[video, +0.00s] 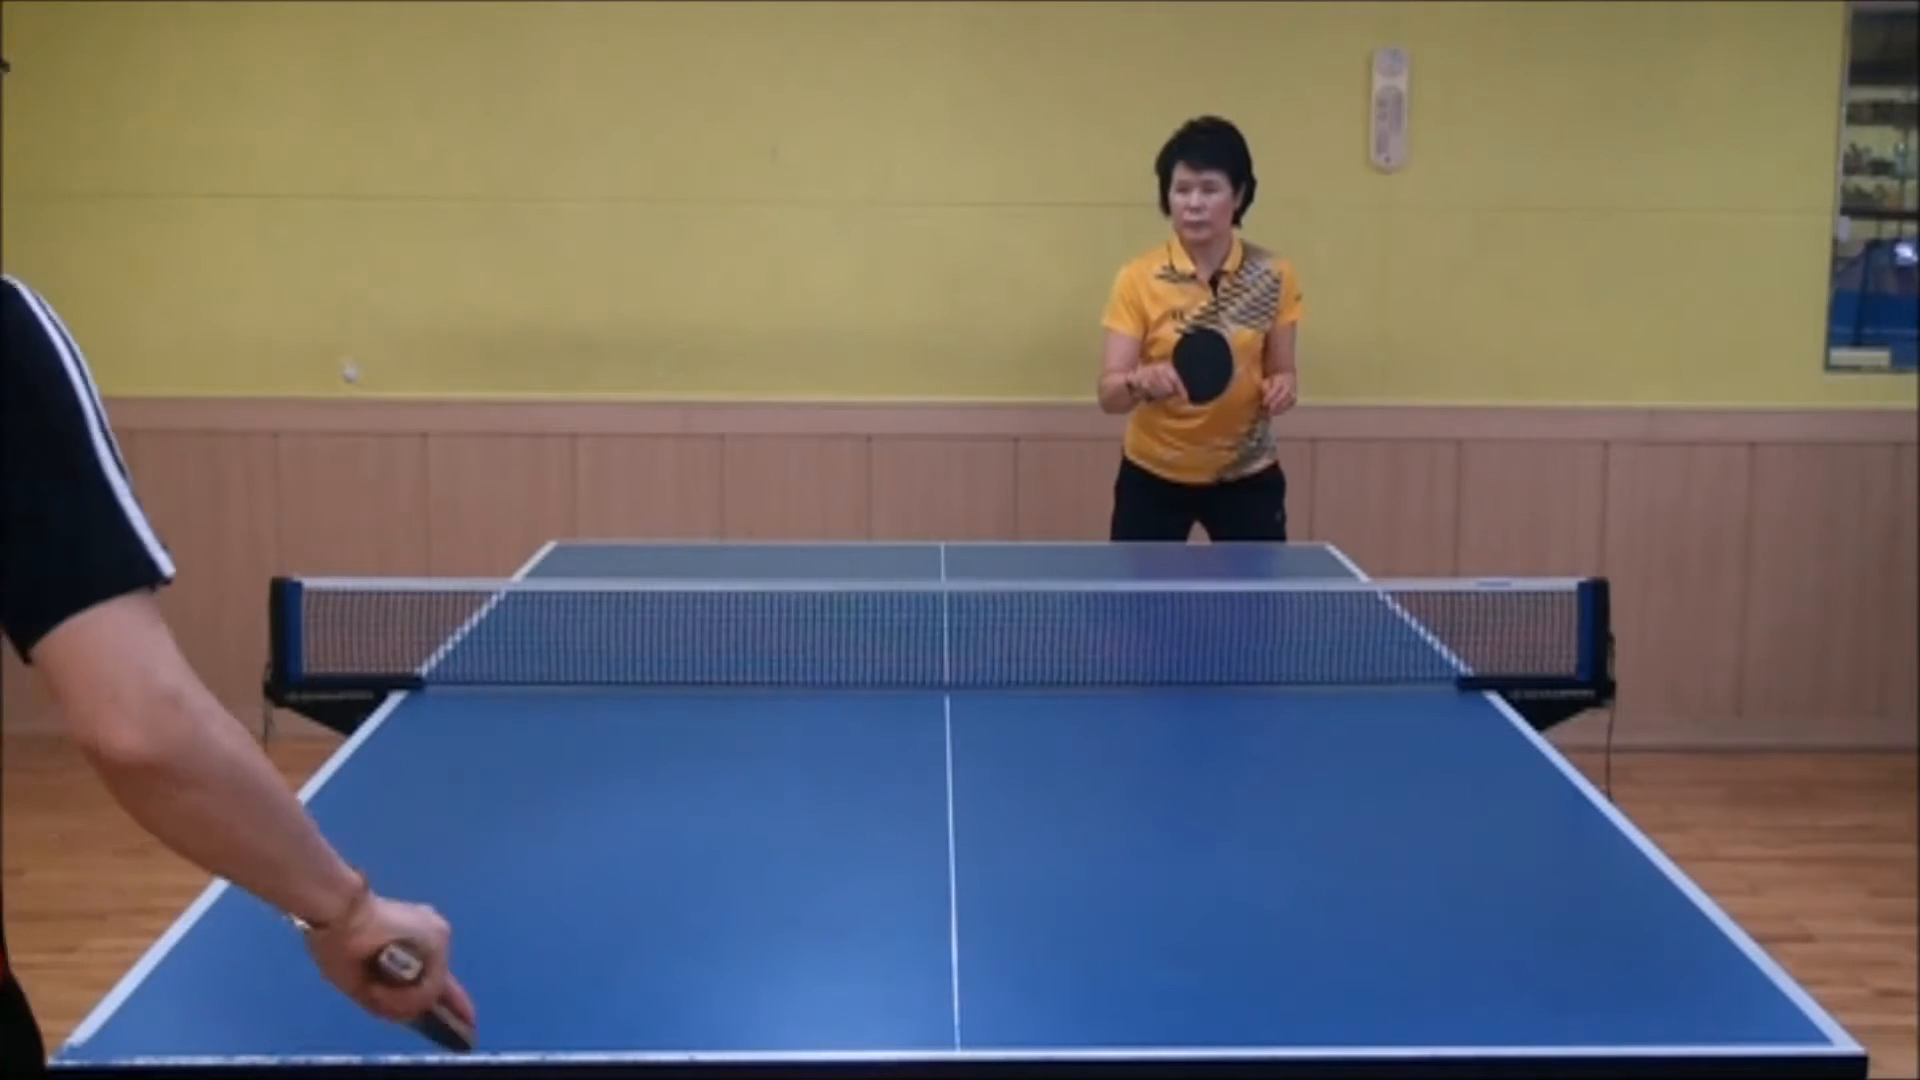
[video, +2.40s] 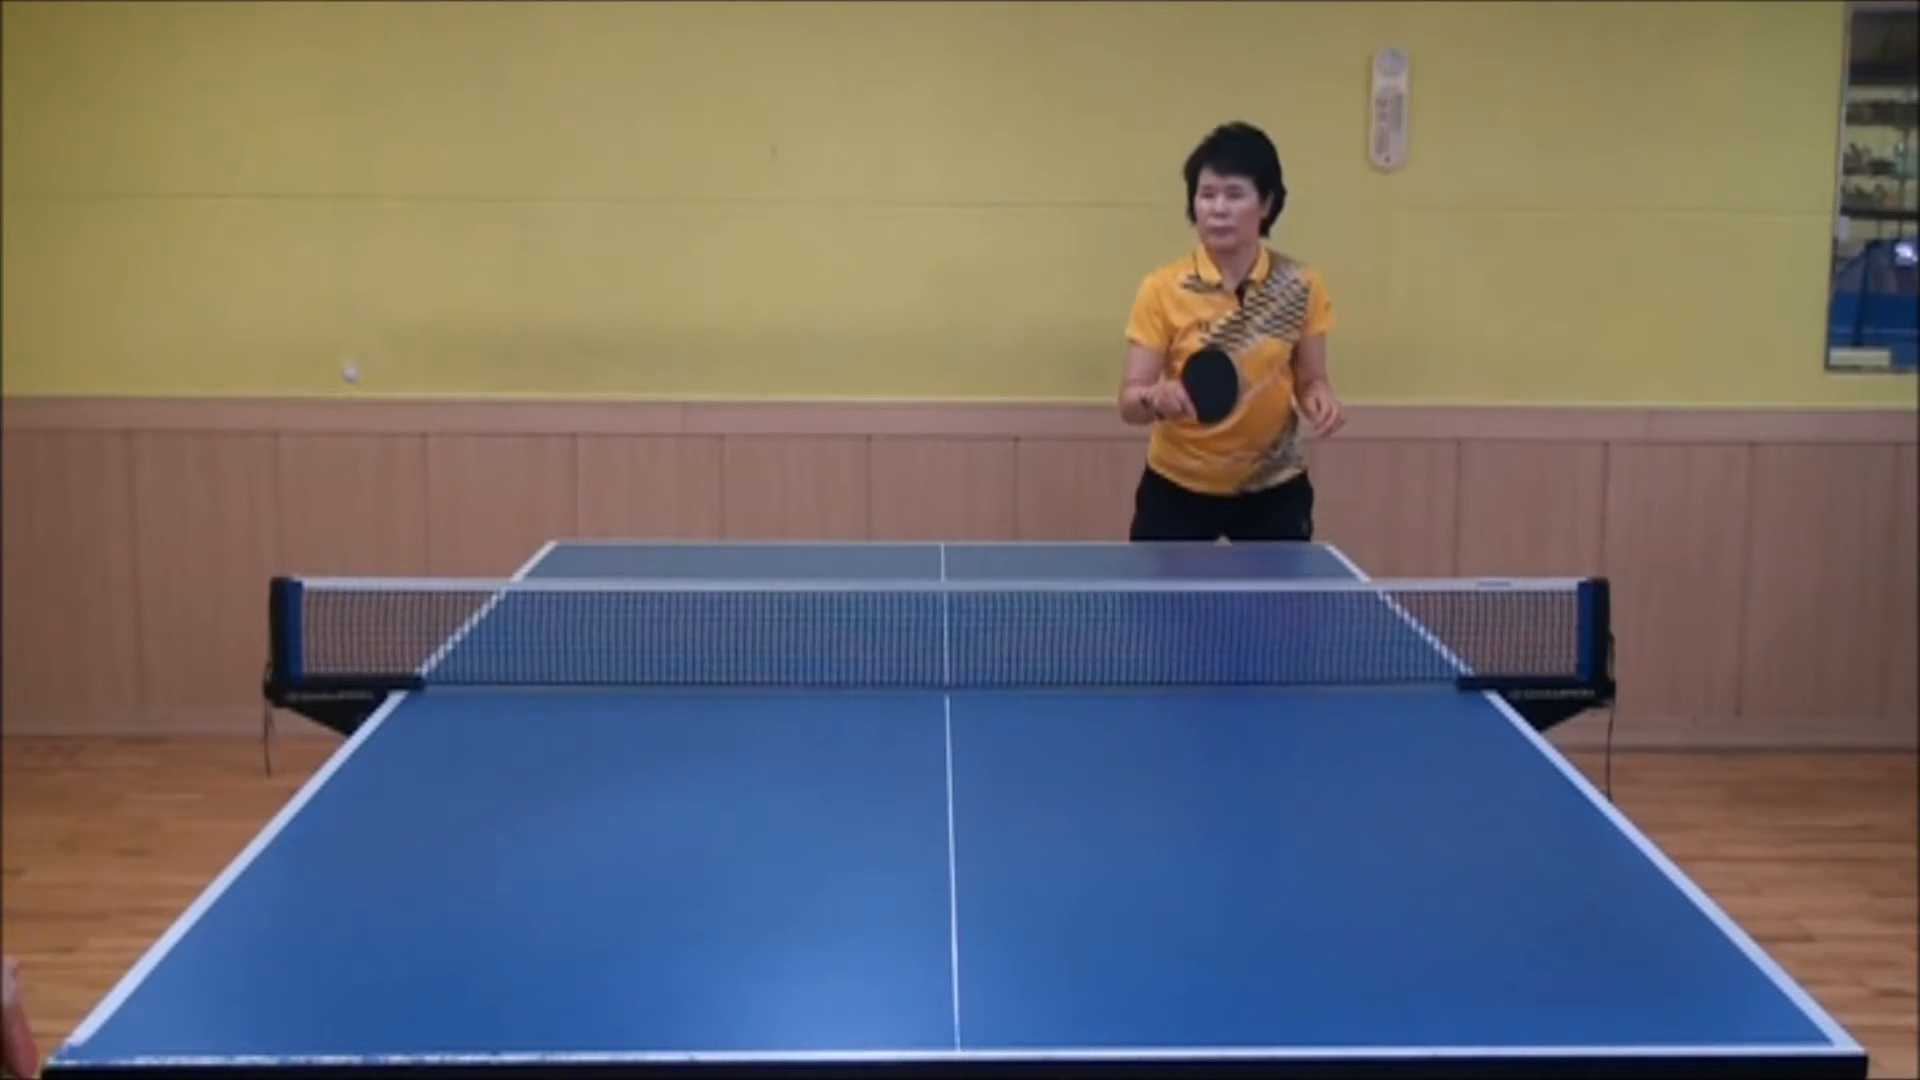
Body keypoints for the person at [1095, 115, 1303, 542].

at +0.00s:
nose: (1193, 203)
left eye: (1209, 189)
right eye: (1182, 189)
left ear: (1239, 196)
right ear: (1166, 196)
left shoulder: (1273, 279)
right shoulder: (1139, 280)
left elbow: (1282, 372)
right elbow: (1110, 395)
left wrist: (1280, 388)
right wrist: (1139, 382)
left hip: (1245, 482)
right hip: (1154, 479)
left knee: (1261, 600)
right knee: (1135, 600)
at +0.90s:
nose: (1236, 219)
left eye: (1251, 204)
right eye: (1223, 205)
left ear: (1280, 208)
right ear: (1207, 212)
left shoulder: (1318, 290)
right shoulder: (1181, 295)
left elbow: (1331, 402)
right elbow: (1142, 401)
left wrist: (1323, 383)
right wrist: (1174, 408)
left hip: (1293, 496)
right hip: (1199, 495)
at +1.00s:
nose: (1267, 236)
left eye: (1282, 220)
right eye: (1253, 222)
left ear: (1309, 220)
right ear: (1236, 227)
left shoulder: (1346, 299)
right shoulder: (1212, 306)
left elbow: (1354, 415)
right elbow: (1168, 414)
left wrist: (1354, 394)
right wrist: (1214, 423)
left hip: (1318, 506)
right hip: (1225, 506)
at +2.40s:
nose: (1219, 208)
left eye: (1235, 194)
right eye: (1208, 194)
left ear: (1267, 205)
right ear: (1192, 203)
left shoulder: (1300, 289)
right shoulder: (1162, 291)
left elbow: (1312, 379)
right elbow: (1130, 404)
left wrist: (1321, 401)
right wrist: (1154, 397)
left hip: (1272, 495)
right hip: (1178, 492)